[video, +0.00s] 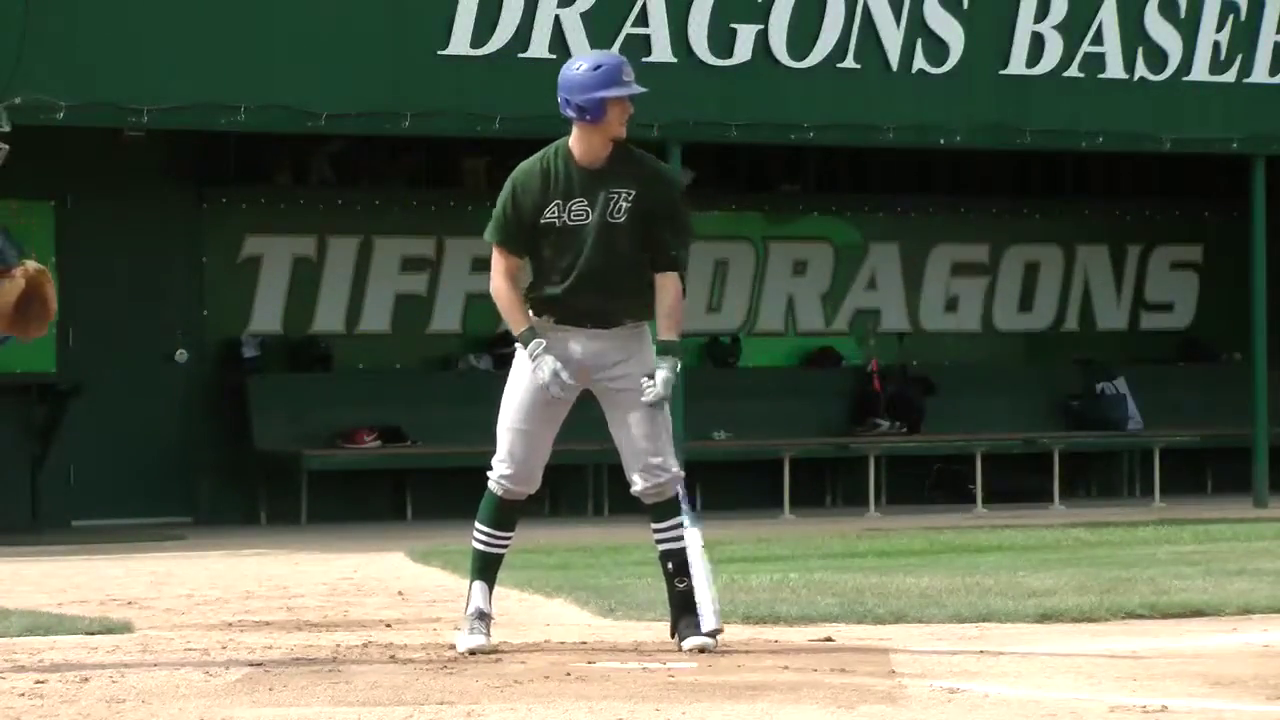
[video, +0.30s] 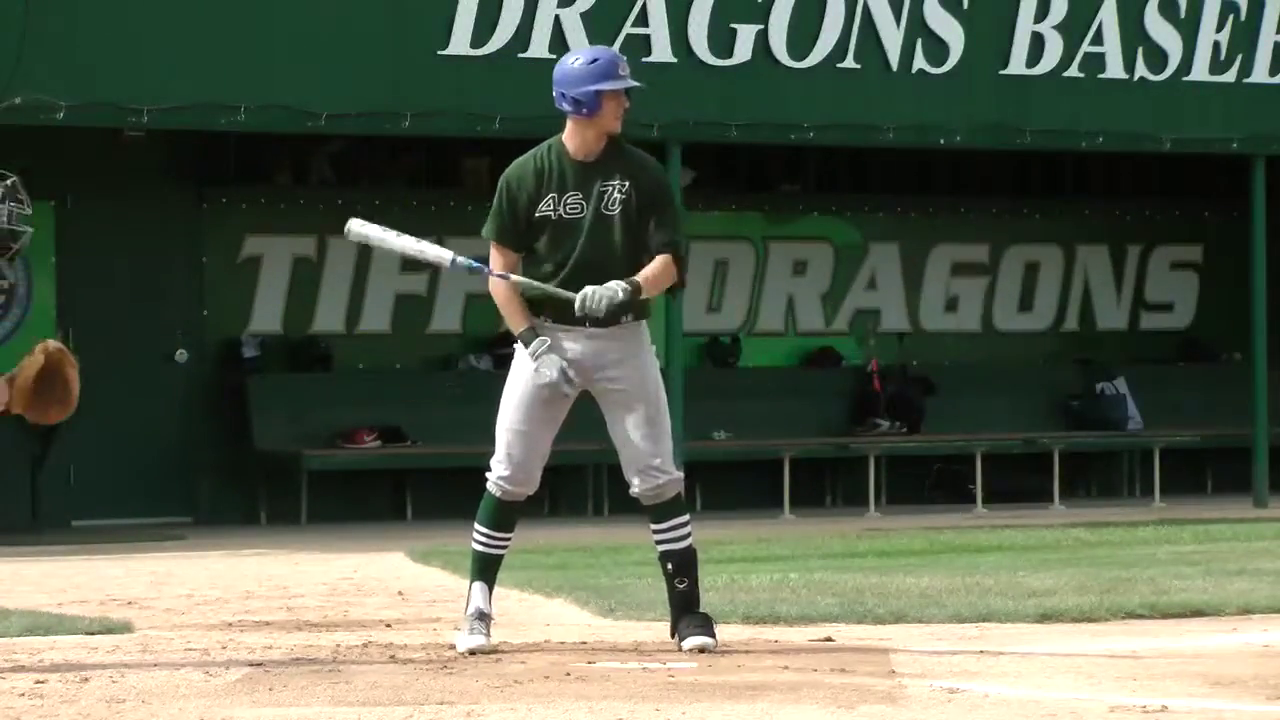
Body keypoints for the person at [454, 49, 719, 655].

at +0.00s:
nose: (629, 111)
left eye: (629, 101)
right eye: (617, 103)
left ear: (620, 105)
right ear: (582, 109)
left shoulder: (654, 183)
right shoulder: (530, 180)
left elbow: (669, 278)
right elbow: (502, 274)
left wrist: (667, 359)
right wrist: (531, 343)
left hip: (628, 343)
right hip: (547, 341)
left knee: (656, 475)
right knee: (511, 473)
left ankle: (688, 614)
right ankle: (478, 609)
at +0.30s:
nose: (625, 104)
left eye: (624, 94)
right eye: (616, 95)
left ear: (600, 103)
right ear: (582, 103)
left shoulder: (645, 176)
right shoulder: (523, 177)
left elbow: (671, 259)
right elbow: (500, 270)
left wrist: (630, 289)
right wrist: (530, 340)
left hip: (624, 342)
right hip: (544, 341)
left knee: (656, 474)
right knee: (510, 474)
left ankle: (688, 616)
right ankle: (478, 608)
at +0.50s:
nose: (632, 102)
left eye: (631, 91)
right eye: (623, 92)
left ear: (609, 100)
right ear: (589, 98)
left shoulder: (646, 170)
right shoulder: (531, 170)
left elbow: (719, 244)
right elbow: (486, 261)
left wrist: (678, 229)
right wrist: (530, 302)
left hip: (627, 343)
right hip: (549, 344)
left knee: (659, 480)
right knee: (511, 477)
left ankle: (689, 618)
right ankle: (477, 611)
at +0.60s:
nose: (642, 100)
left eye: (641, 90)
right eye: (632, 91)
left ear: (628, 97)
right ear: (599, 96)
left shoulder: (657, 162)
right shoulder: (542, 164)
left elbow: (738, 204)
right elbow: (468, 215)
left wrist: (704, 204)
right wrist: (528, 212)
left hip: (628, 343)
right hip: (550, 343)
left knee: (659, 480)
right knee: (512, 478)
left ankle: (689, 619)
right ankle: (478, 611)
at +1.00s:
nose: (650, 105)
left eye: (648, 96)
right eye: (641, 96)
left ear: (620, 106)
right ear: (609, 105)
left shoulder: (661, 178)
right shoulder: (556, 173)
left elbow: (699, 267)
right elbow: (558, 245)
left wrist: (744, 270)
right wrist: (605, 201)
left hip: (632, 348)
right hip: (556, 345)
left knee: (665, 480)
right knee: (520, 481)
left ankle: (688, 619)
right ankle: (476, 608)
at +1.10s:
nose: (647, 104)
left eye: (645, 96)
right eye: (638, 97)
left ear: (615, 107)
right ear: (606, 106)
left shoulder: (660, 179)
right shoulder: (549, 180)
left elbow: (686, 267)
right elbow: (541, 279)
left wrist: (735, 301)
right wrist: (602, 282)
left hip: (630, 349)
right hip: (551, 346)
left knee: (661, 478)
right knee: (517, 478)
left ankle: (688, 618)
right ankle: (475, 607)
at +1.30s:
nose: (637, 109)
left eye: (635, 100)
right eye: (626, 102)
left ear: (618, 107)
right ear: (593, 110)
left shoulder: (658, 181)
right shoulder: (535, 185)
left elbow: (673, 270)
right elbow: (512, 283)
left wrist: (683, 344)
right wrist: (553, 339)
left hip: (631, 347)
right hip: (548, 344)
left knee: (661, 480)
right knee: (514, 478)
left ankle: (687, 617)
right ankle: (475, 609)